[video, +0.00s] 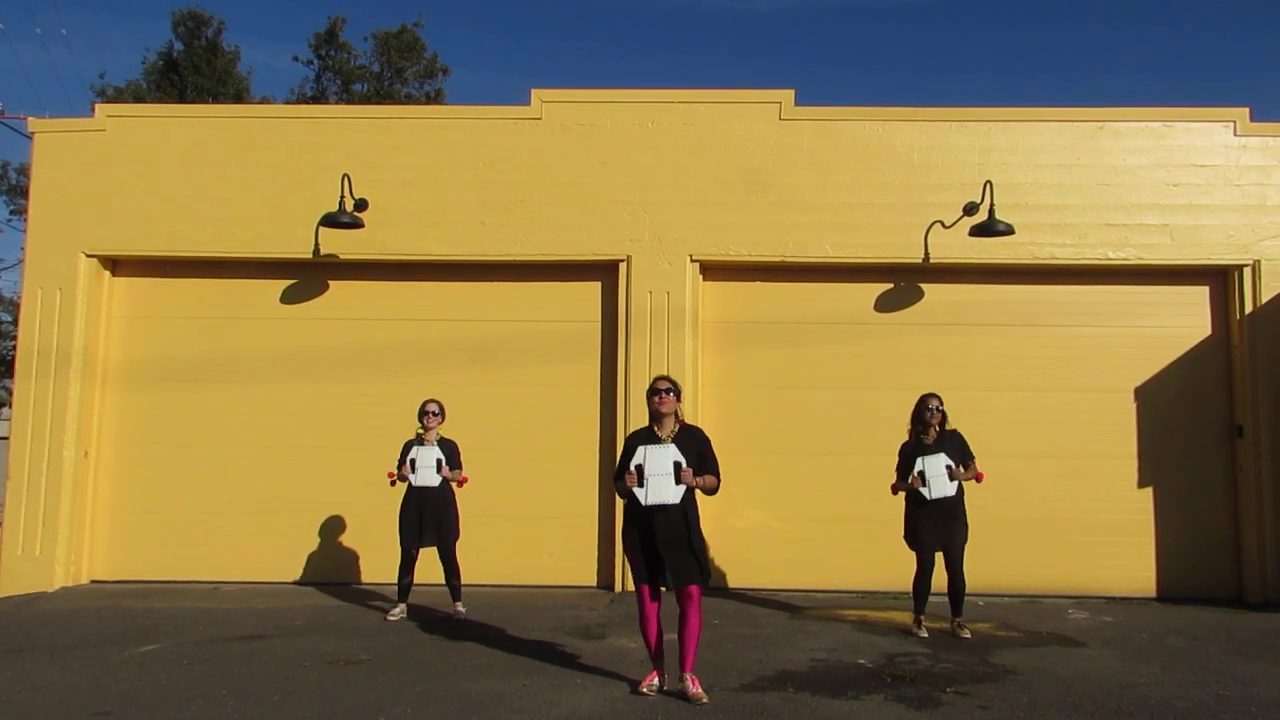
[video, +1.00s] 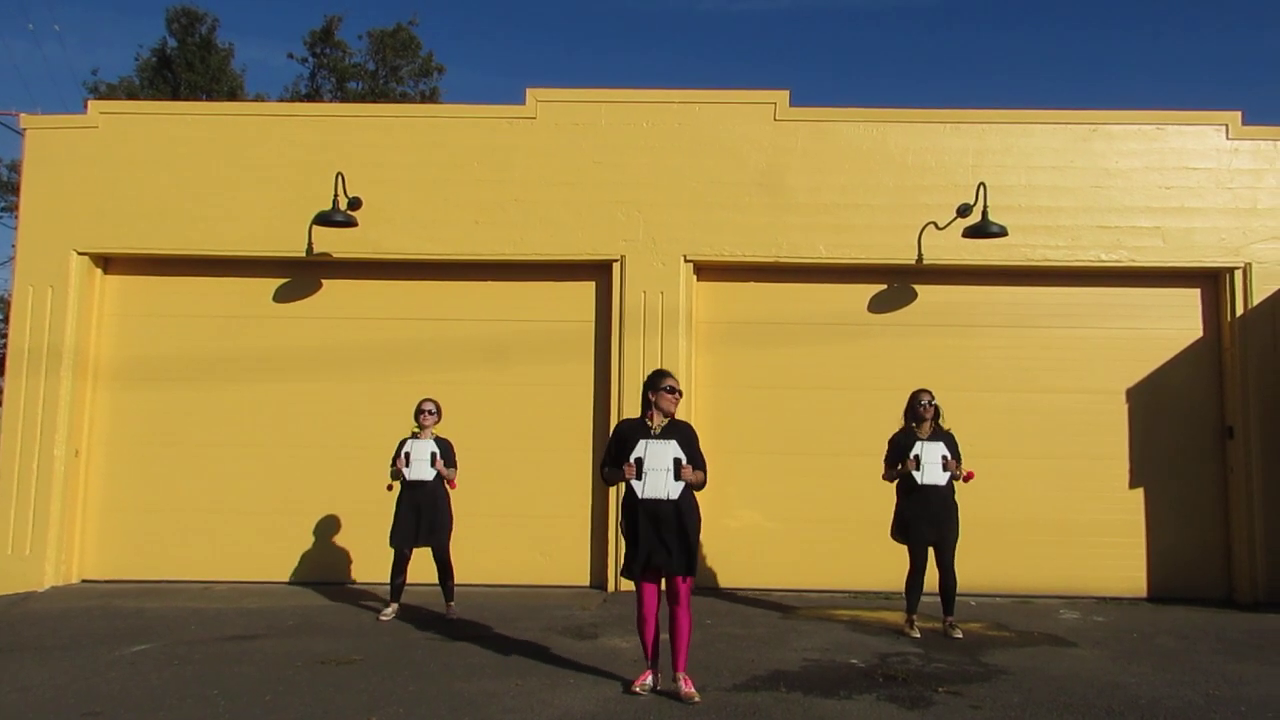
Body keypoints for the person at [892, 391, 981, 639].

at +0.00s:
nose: (934, 413)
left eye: (938, 409)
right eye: (928, 409)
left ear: (943, 413)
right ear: (919, 413)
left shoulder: (954, 439)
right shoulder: (909, 447)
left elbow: (973, 470)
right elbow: (897, 485)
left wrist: (961, 475)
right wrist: (910, 485)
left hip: (953, 517)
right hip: (923, 518)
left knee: (955, 570)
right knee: (925, 568)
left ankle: (957, 621)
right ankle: (918, 620)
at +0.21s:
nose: (937, 411)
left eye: (941, 407)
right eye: (932, 407)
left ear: (946, 412)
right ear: (923, 410)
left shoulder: (954, 440)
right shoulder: (909, 443)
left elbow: (968, 479)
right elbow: (895, 481)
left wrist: (962, 474)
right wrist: (912, 479)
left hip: (953, 513)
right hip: (923, 514)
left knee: (955, 567)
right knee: (926, 566)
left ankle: (957, 620)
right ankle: (919, 619)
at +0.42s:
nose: (937, 409)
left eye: (940, 405)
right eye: (931, 405)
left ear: (946, 410)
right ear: (922, 410)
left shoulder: (951, 440)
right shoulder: (907, 438)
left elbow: (963, 472)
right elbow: (892, 471)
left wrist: (959, 469)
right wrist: (910, 472)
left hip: (951, 512)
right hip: (922, 513)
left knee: (953, 567)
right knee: (927, 566)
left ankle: (956, 621)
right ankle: (918, 620)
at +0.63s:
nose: (933, 409)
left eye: (936, 405)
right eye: (927, 406)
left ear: (942, 409)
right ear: (919, 411)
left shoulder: (951, 442)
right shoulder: (906, 439)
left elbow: (961, 477)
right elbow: (890, 473)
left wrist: (956, 473)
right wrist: (907, 473)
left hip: (948, 513)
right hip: (918, 513)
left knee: (951, 567)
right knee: (922, 566)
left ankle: (954, 621)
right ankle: (916, 620)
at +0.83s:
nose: (929, 408)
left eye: (933, 404)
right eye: (924, 405)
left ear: (939, 408)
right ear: (915, 410)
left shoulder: (950, 437)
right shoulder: (905, 443)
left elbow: (966, 471)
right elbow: (892, 480)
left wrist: (956, 467)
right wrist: (906, 473)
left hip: (946, 512)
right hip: (916, 513)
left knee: (948, 567)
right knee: (917, 567)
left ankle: (952, 620)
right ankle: (914, 619)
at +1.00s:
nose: (926, 407)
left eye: (929, 403)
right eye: (920, 404)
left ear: (935, 408)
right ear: (912, 409)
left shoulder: (946, 437)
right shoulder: (901, 438)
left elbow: (957, 474)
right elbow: (887, 475)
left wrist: (953, 469)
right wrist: (903, 469)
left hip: (944, 511)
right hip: (915, 512)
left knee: (947, 566)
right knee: (918, 565)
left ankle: (949, 620)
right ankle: (910, 619)